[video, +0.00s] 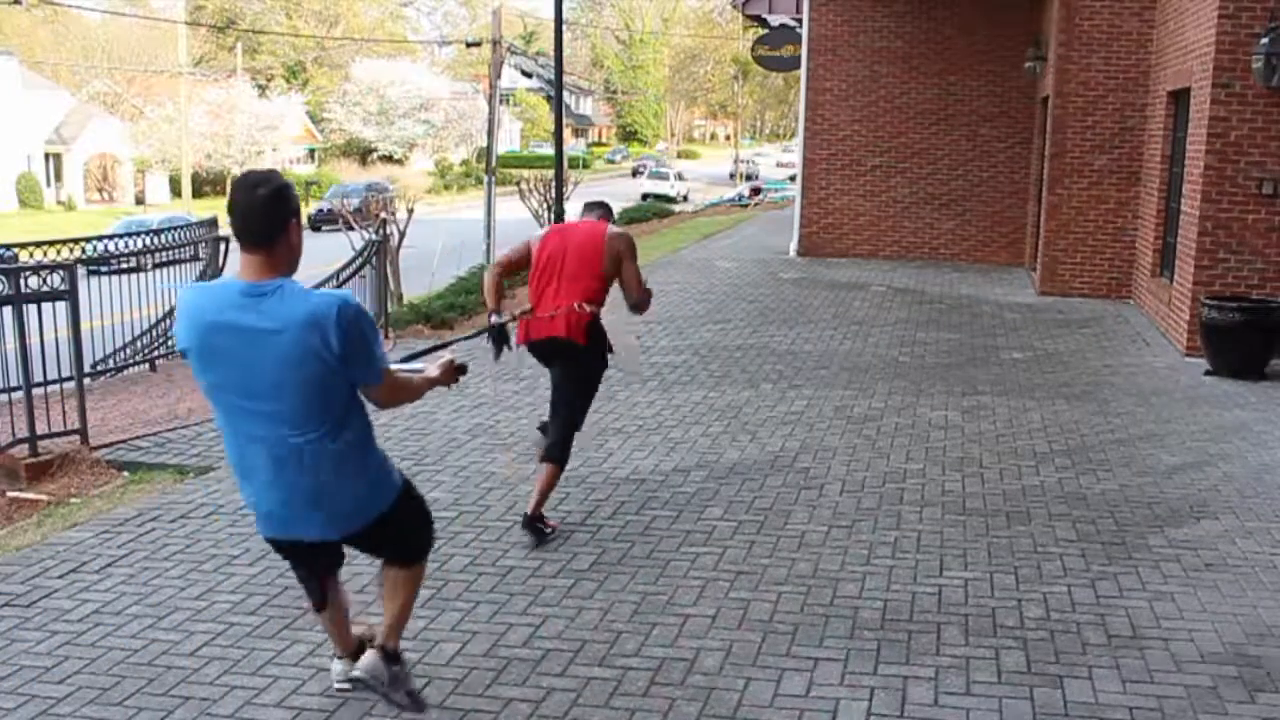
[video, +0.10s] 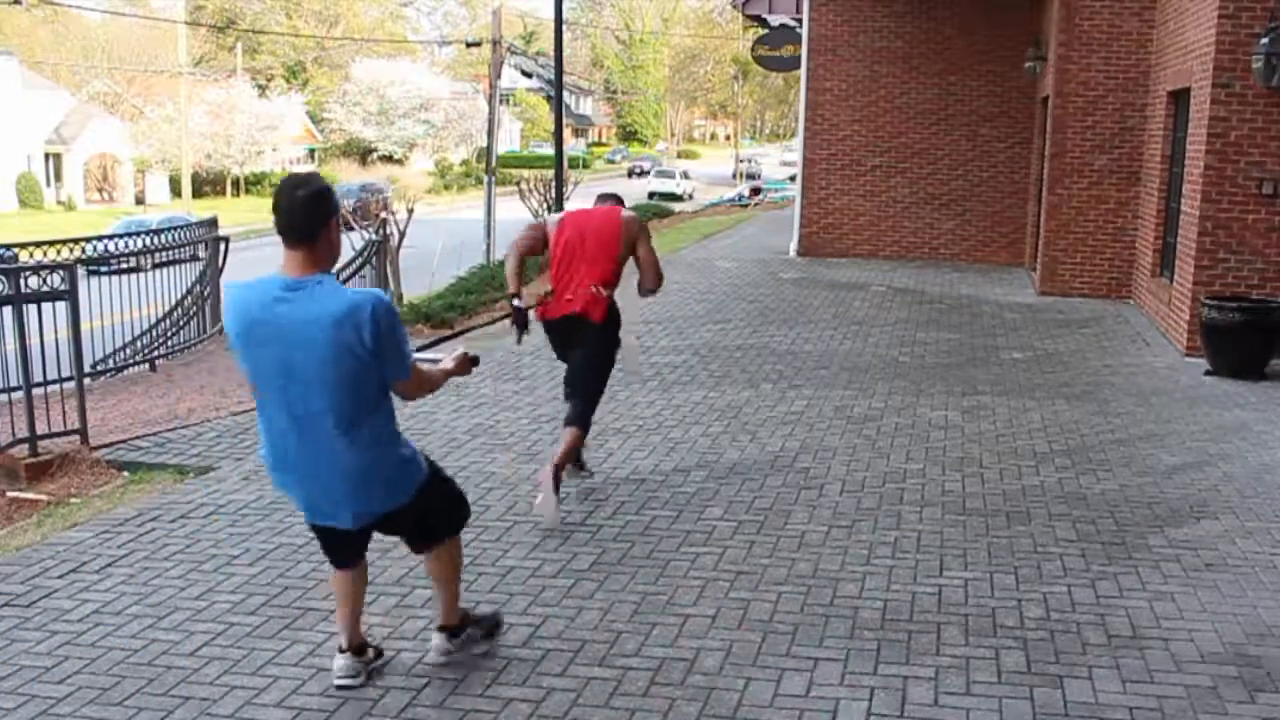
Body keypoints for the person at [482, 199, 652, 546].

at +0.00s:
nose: (608, 227)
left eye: (602, 221)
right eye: (609, 222)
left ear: (580, 217)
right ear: (608, 220)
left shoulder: (548, 235)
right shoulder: (617, 238)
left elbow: (495, 269)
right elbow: (637, 303)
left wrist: (493, 316)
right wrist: (642, 286)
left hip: (536, 336)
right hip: (579, 336)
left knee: (571, 374)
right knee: (564, 429)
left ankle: (553, 428)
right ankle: (533, 513)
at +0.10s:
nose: (619, 215)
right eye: (622, 210)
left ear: (592, 206)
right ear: (621, 208)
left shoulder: (559, 221)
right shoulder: (631, 222)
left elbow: (515, 251)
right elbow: (651, 283)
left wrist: (515, 299)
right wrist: (640, 284)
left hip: (554, 318)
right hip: (597, 317)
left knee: (578, 382)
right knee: (583, 399)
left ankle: (576, 454)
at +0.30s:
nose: (641, 220)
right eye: (642, 216)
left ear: (614, 210)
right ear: (641, 213)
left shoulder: (587, 227)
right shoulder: (648, 227)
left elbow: (572, 259)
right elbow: (663, 243)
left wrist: (574, 290)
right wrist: (644, 287)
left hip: (583, 318)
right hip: (626, 315)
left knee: (580, 396)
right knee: (634, 354)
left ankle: (567, 469)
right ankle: (621, 394)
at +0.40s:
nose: (658, 212)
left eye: (656, 208)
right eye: (660, 208)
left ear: (634, 199)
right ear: (657, 203)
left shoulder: (605, 216)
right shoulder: (662, 214)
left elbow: (583, 266)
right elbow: (673, 224)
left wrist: (590, 277)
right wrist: (652, 275)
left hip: (596, 304)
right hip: (639, 299)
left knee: (598, 371)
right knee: (650, 355)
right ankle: (630, 416)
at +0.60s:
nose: (680, 214)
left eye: (679, 210)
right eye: (681, 210)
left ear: (655, 204)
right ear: (678, 207)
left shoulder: (626, 221)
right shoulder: (685, 229)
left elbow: (593, 252)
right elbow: (695, 290)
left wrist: (593, 296)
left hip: (621, 304)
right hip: (655, 306)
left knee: (644, 338)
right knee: (647, 381)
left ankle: (631, 378)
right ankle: (623, 438)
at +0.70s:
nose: (689, 204)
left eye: (686, 200)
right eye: (689, 200)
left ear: (664, 195)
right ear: (687, 197)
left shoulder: (638, 210)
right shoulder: (695, 213)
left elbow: (601, 230)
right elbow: (709, 264)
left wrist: (602, 271)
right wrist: (699, 238)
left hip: (634, 290)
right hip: (669, 292)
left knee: (654, 338)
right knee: (657, 358)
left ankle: (648, 396)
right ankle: (635, 412)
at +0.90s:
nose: (699, 203)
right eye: (701, 199)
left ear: (677, 195)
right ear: (701, 198)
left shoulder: (654, 214)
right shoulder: (712, 215)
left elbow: (645, 252)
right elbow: (722, 234)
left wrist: (648, 269)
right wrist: (712, 269)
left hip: (656, 284)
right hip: (692, 284)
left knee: (649, 350)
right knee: (690, 325)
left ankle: (640, 409)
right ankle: (683, 356)